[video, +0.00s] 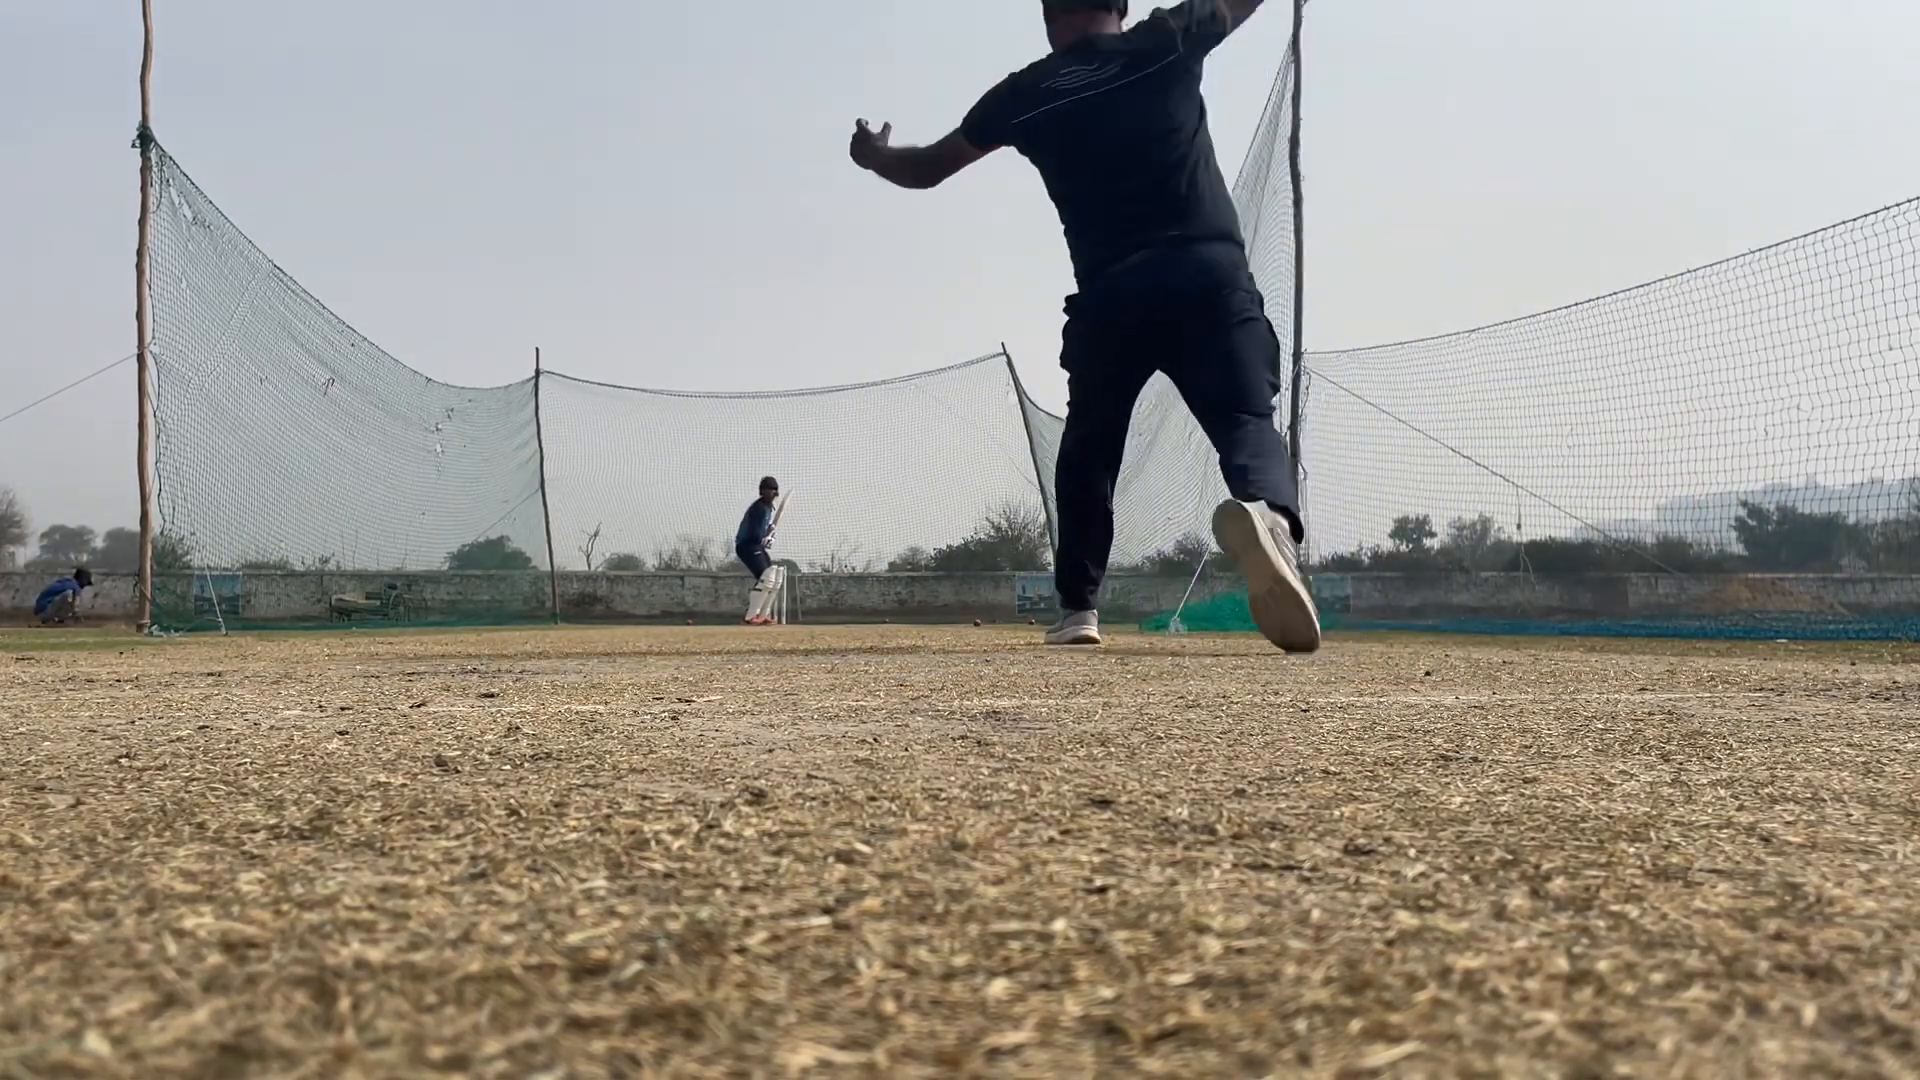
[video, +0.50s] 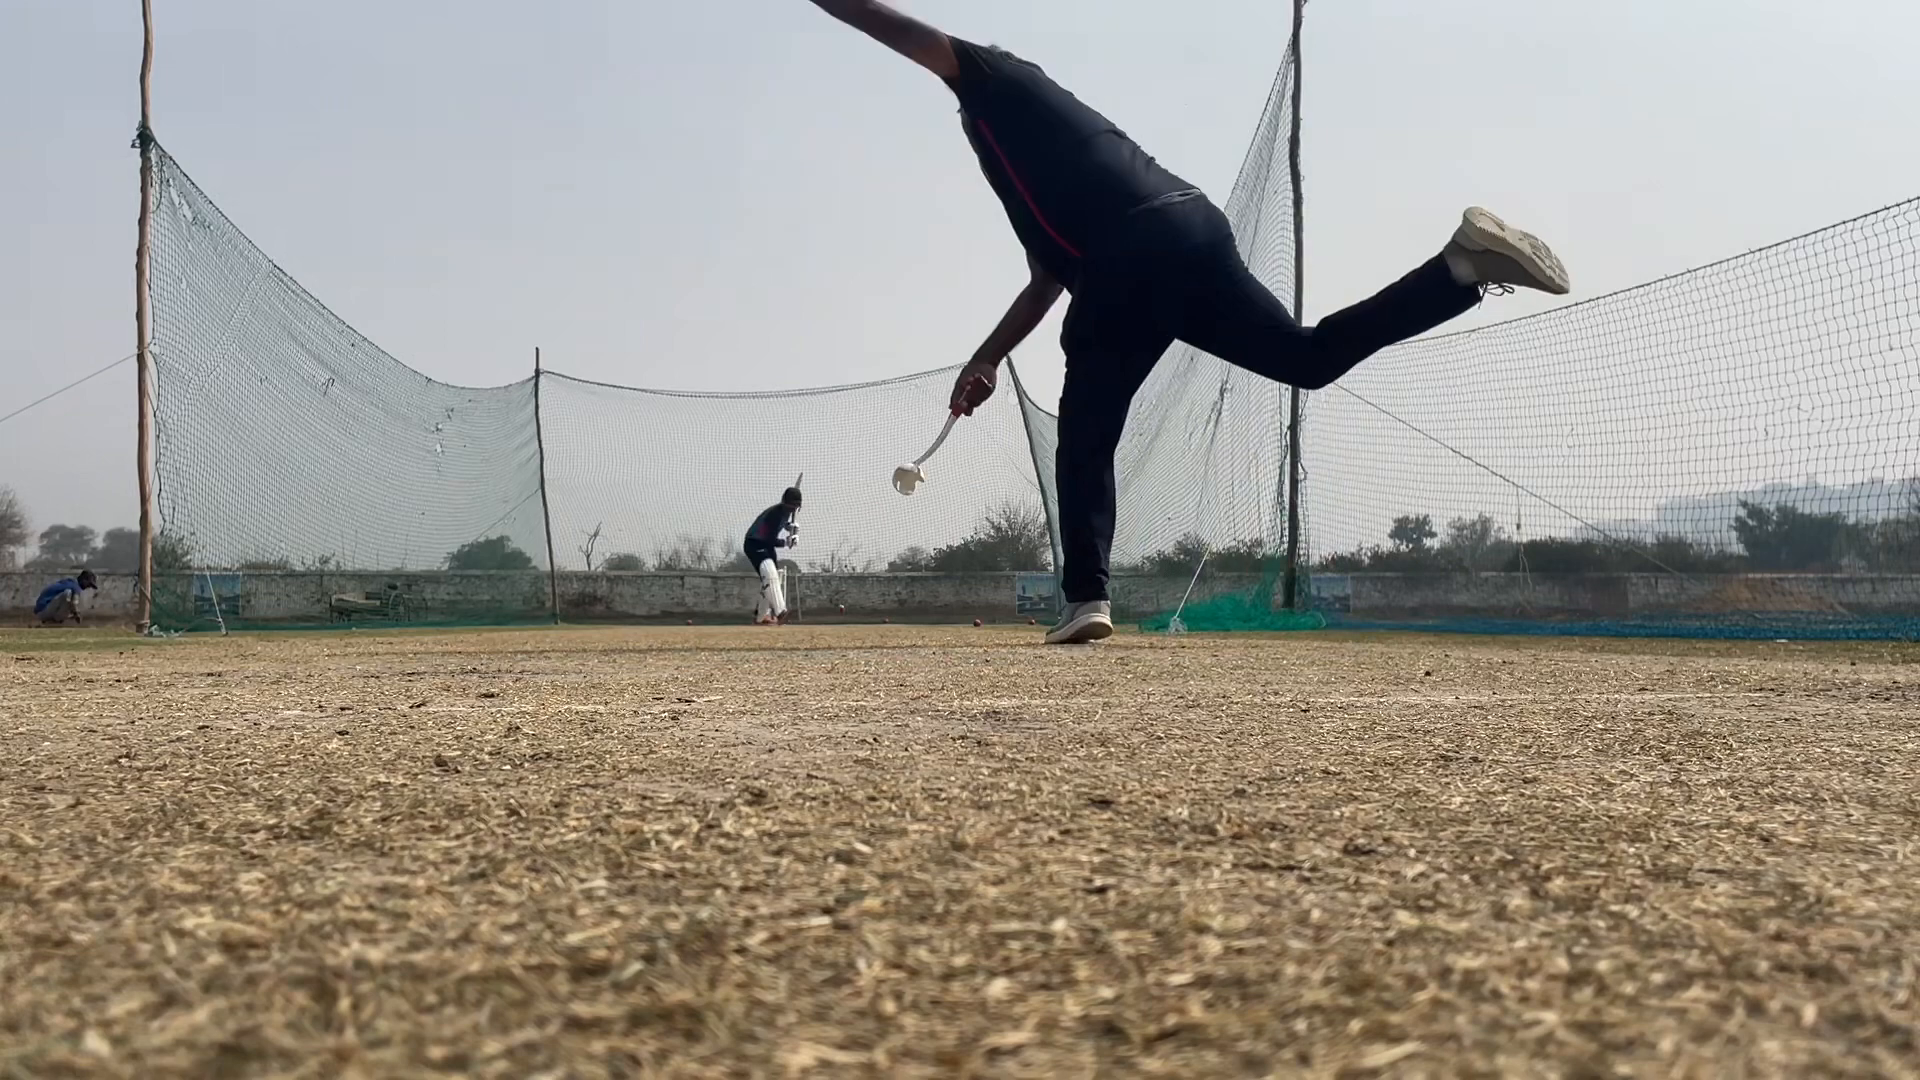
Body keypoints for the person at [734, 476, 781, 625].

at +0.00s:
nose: (773, 493)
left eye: (775, 490)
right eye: (769, 490)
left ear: (776, 492)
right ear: (762, 491)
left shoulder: (769, 509)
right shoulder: (759, 508)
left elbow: (766, 528)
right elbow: (756, 533)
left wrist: (768, 538)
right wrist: (765, 537)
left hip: (757, 545)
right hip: (746, 545)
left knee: (773, 577)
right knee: (765, 577)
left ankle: (763, 615)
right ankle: (751, 615)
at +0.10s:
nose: (779, 495)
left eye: (780, 492)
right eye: (775, 492)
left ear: (780, 494)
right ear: (766, 493)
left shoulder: (772, 510)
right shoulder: (760, 510)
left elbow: (767, 529)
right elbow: (754, 536)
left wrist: (771, 536)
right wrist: (765, 540)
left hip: (758, 546)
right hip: (747, 546)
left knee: (775, 575)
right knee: (766, 576)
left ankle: (763, 615)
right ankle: (751, 615)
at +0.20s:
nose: (782, 499)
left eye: (783, 496)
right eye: (779, 495)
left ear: (784, 497)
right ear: (770, 496)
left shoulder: (775, 512)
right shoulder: (763, 511)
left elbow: (770, 528)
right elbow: (756, 536)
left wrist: (775, 534)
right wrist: (767, 542)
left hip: (760, 546)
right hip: (748, 546)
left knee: (777, 576)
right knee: (767, 575)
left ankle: (763, 615)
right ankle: (751, 615)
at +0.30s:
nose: (786, 503)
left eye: (788, 500)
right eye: (784, 500)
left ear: (788, 501)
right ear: (775, 500)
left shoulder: (778, 515)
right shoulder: (766, 514)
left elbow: (773, 527)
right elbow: (760, 538)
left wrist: (780, 531)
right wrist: (772, 548)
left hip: (761, 545)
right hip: (748, 545)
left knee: (777, 576)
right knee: (766, 570)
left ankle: (765, 614)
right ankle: (757, 613)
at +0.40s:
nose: (787, 508)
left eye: (790, 505)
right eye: (784, 504)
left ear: (792, 505)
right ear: (778, 502)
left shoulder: (780, 513)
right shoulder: (771, 516)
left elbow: (780, 521)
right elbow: (764, 544)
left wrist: (786, 528)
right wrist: (781, 544)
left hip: (762, 543)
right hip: (751, 544)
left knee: (772, 575)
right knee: (767, 571)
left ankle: (763, 613)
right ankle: (769, 610)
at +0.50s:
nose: (793, 509)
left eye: (796, 506)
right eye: (791, 505)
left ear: (798, 505)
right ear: (785, 502)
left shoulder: (785, 511)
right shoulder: (776, 514)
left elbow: (783, 522)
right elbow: (770, 540)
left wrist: (789, 527)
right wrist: (785, 542)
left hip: (766, 543)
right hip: (755, 543)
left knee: (771, 577)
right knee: (770, 574)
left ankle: (762, 615)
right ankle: (780, 611)